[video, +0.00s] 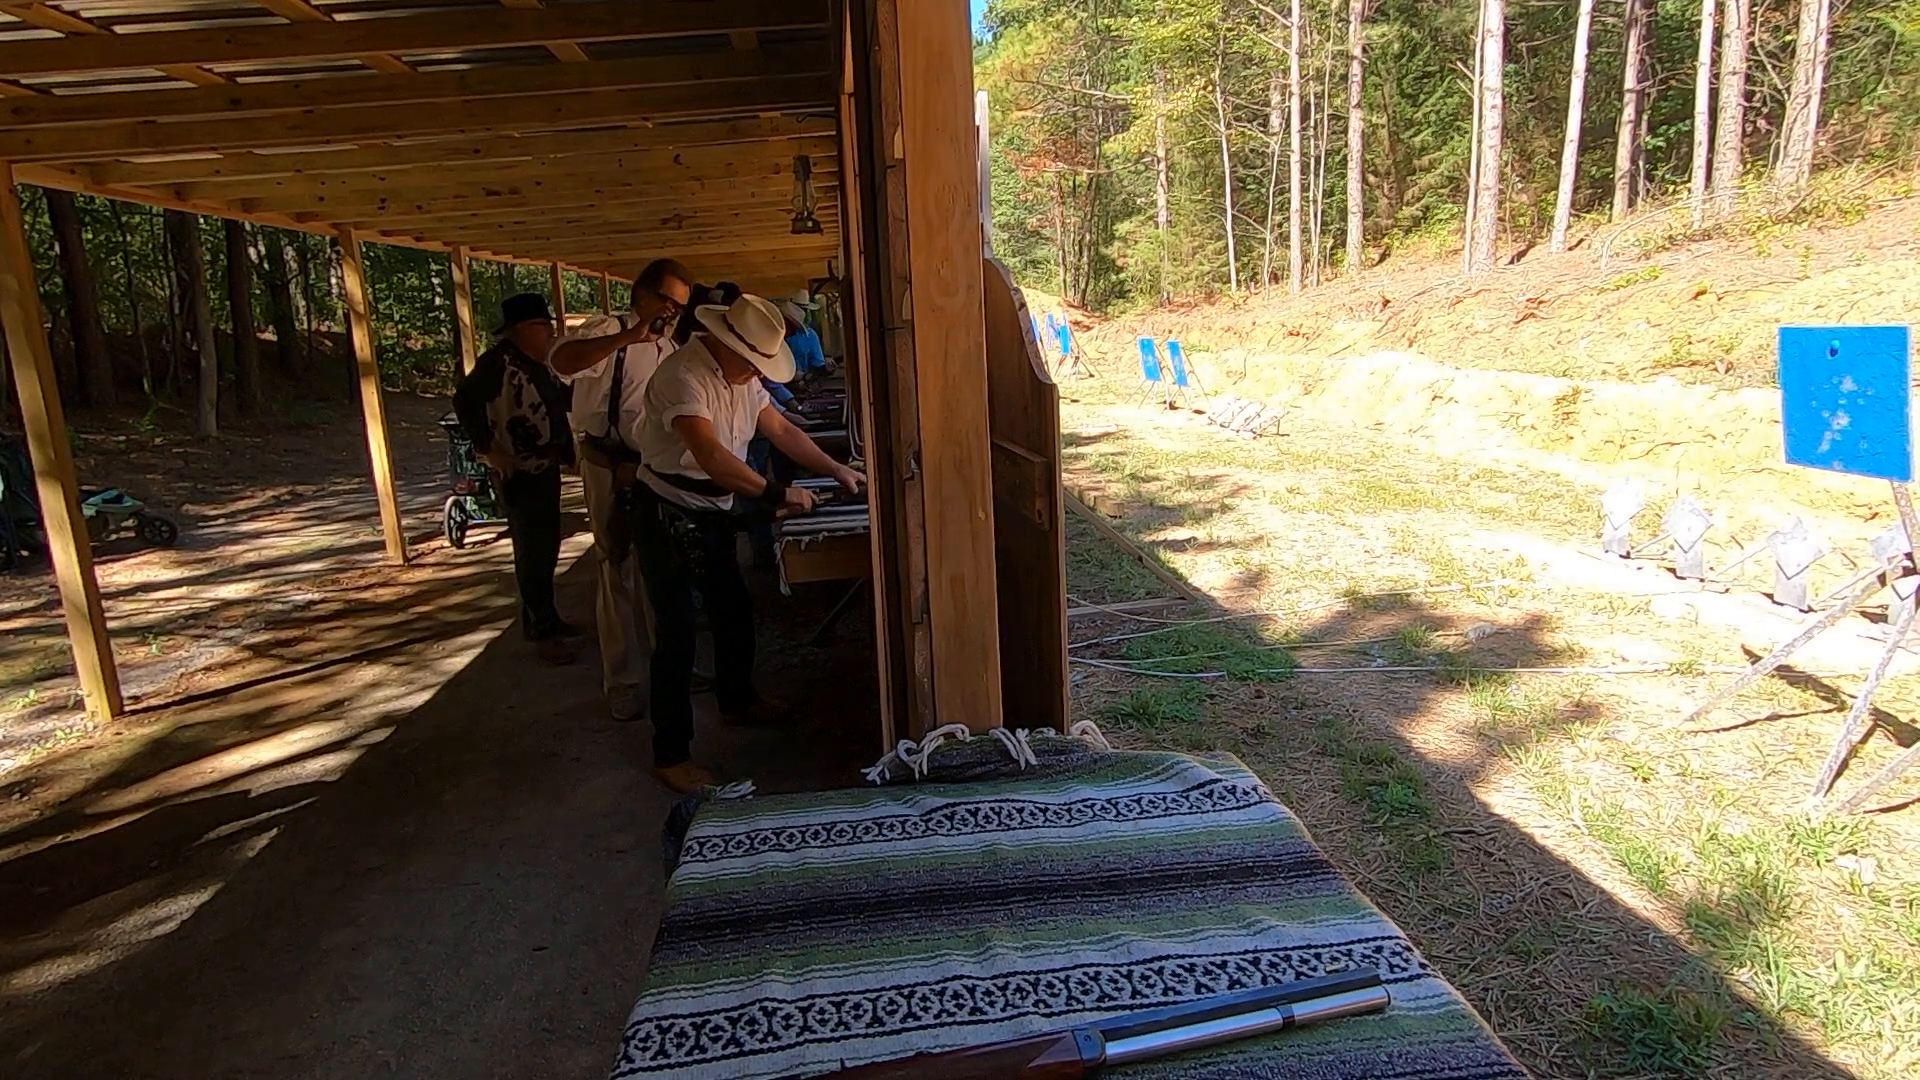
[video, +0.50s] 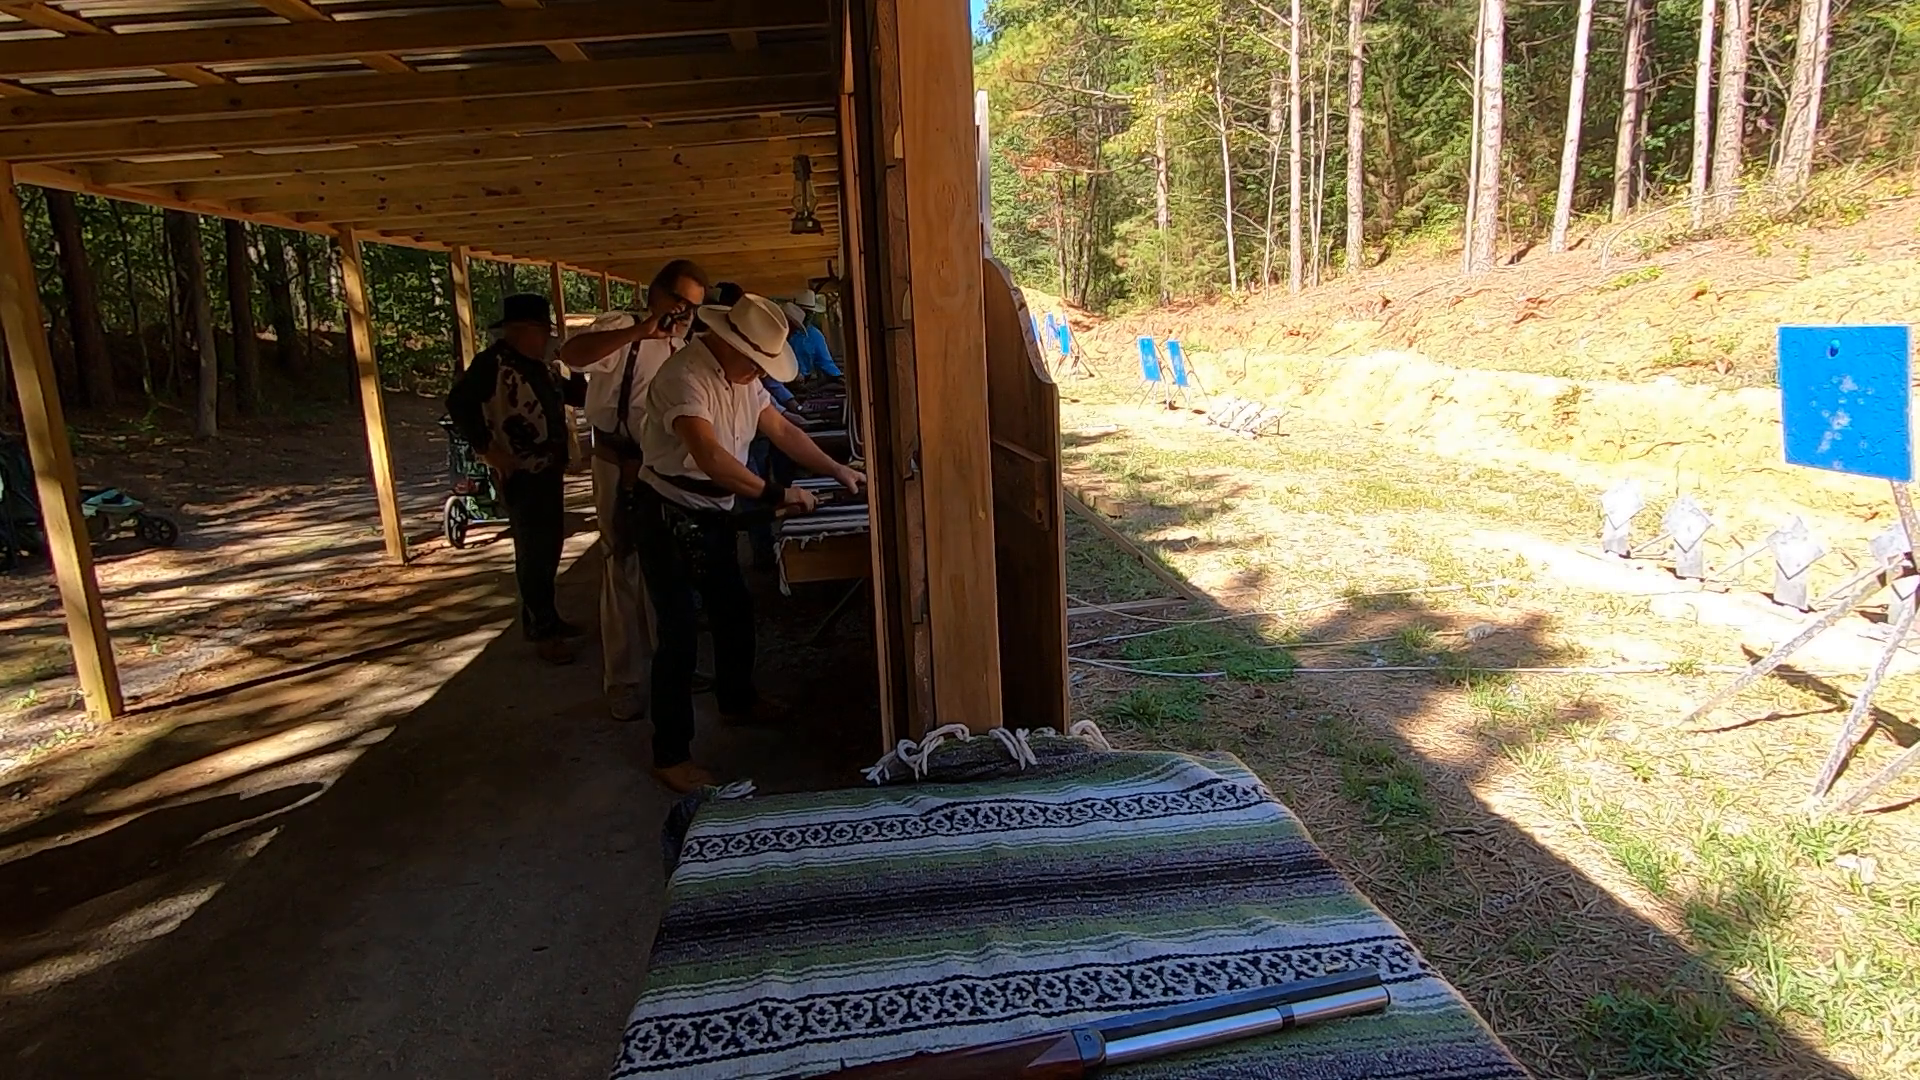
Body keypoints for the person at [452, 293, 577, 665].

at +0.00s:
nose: (549, 334)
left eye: (548, 326)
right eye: (541, 326)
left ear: (540, 329)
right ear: (519, 330)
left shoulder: (542, 364)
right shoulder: (497, 362)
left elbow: (556, 409)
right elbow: (465, 399)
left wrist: (566, 449)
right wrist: (486, 447)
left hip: (546, 470)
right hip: (518, 472)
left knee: (547, 546)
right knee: (532, 549)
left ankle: (546, 619)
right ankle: (539, 627)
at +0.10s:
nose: (549, 333)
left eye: (549, 326)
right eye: (542, 326)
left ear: (537, 329)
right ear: (519, 329)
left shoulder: (540, 365)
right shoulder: (496, 361)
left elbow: (570, 393)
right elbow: (464, 399)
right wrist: (487, 447)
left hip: (547, 469)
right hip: (520, 472)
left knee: (547, 547)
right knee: (533, 550)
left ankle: (546, 619)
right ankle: (540, 628)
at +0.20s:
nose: (549, 332)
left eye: (548, 325)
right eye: (541, 326)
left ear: (535, 328)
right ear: (519, 329)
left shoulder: (541, 365)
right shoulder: (495, 361)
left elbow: (572, 388)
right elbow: (462, 401)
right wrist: (487, 447)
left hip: (548, 469)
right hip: (521, 471)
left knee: (549, 547)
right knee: (534, 550)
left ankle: (547, 620)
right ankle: (540, 630)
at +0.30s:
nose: (548, 332)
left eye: (547, 325)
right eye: (541, 326)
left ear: (535, 328)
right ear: (518, 329)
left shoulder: (542, 366)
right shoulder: (494, 361)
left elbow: (577, 387)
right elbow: (461, 402)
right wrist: (486, 447)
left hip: (549, 469)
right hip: (521, 471)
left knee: (550, 546)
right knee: (534, 550)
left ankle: (547, 619)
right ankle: (540, 630)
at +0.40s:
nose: (548, 335)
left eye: (547, 328)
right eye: (540, 328)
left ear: (536, 330)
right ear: (518, 329)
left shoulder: (544, 367)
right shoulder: (493, 362)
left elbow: (580, 388)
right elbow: (460, 403)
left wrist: (618, 386)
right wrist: (486, 448)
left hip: (549, 469)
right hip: (521, 471)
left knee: (550, 546)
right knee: (533, 550)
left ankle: (547, 619)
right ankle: (540, 630)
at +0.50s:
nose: (548, 337)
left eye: (547, 330)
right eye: (542, 329)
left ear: (532, 330)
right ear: (520, 330)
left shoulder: (540, 367)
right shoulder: (492, 362)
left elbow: (573, 391)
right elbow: (460, 403)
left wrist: (609, 388)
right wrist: (487, 449)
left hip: (548, 470)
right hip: (520, 473)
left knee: (549, 547)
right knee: (533, 550)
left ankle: (547, 619)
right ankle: (540, 630)